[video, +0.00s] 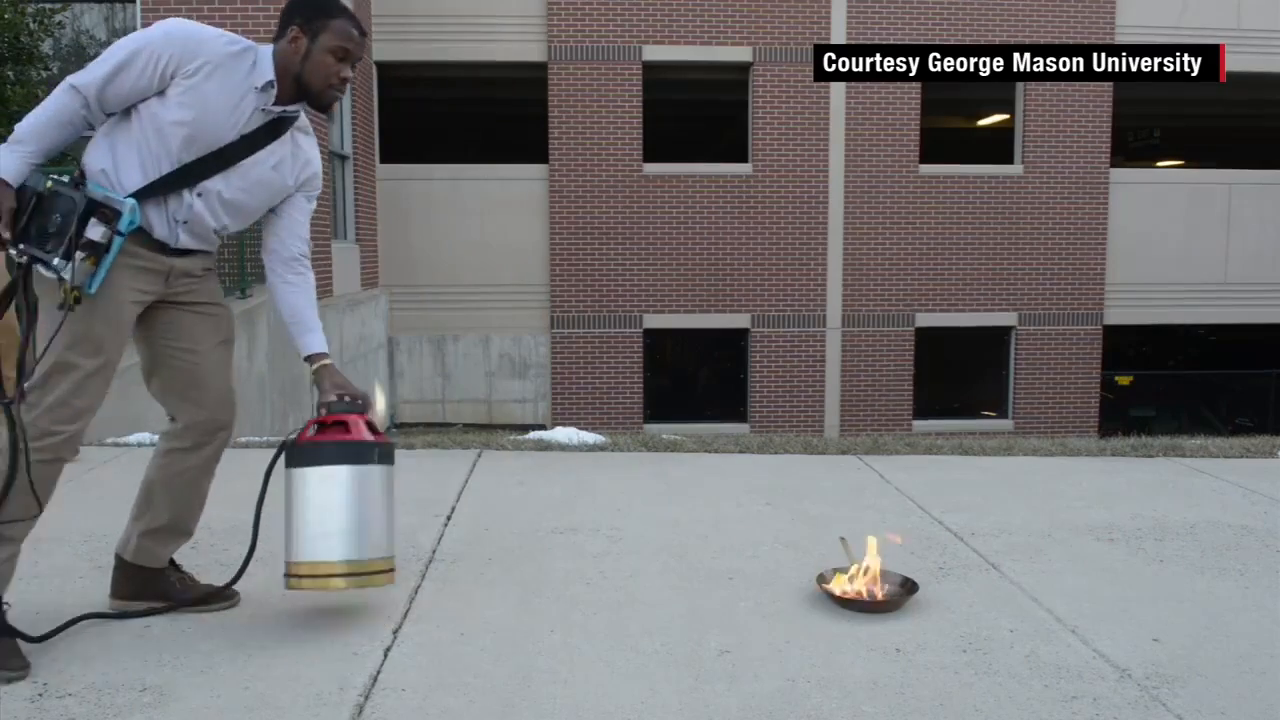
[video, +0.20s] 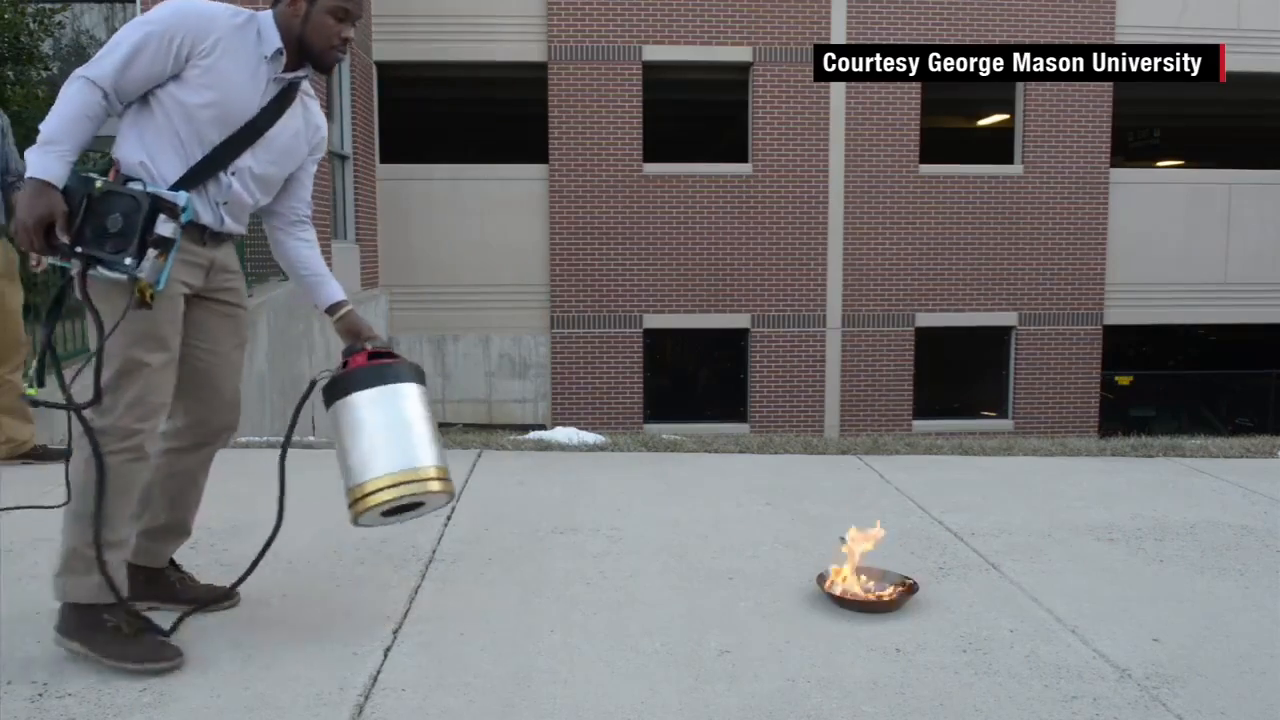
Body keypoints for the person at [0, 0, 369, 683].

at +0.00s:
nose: (349, 76)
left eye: (357, 65)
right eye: (341, 57)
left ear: (348, 68)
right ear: (293, 40)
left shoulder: (302, 163)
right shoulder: (189, 48)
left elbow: (289, 265)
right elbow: (82, 95)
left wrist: (322, 363)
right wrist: (9, 172)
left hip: (189, 271)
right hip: (104, 246)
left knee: (207, 416)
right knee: (50, 427)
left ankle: (144, 570)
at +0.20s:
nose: (350, 35)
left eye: (356, 23)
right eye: (340, 17)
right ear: (293, 6)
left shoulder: (307, 124)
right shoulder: (205, 26)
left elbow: (291, 227)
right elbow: (97, 83)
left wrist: (342, 311)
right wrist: (43, 176)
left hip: (215, 261)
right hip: (139, 241)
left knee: (207, 415)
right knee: (127, 418)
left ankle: (147, 566)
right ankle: (87, 601)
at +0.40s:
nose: (357, 10)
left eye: (359, 3)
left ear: (333, 8)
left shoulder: (322, 92)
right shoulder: (213, 16)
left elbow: (309, 199)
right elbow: (114, 93)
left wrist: (374, 275)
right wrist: (97, 195)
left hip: (252, 255)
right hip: (187, 246)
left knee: (216, 411)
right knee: (225, 418)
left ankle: (142, 562)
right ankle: (262, 598)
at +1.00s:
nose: (477, 0)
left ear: (457, 5)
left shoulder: (457, 74)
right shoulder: (343, 9)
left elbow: (463, 185)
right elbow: (273, 107)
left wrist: (523, 269)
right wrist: (281, 215)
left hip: (443, 249)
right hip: (372, 251)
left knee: (482, 398)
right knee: (372, 434)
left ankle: (512, 548)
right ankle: (337, 605)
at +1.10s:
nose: (507, 4)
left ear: (486, 6)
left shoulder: (485, 81)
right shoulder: (372, 10)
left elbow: (488, 191)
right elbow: (299, 107)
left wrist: (543, 277)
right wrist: (301, 211)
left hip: (464, 253)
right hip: (389, 251)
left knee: (503, 403)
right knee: (385, 434)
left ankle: (546, 547)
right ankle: (340, 602)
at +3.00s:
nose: (695, 69)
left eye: (703, 59)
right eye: (692, 50)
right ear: (654, 24)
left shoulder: (646, 135)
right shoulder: (563, 31)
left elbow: (629, 239)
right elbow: (475, 87)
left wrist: (646, 334)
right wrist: (416, 170)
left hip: (566, 254)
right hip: (493, 233)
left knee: (560, 406)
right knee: (468, 408)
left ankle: (555, 558)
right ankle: (433, 570)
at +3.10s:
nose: (701, 78)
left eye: (709, 67)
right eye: (698, 59)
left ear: (694, 61)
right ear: (659, 33)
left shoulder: (648, 145)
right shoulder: (569, 36)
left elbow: (630, 249)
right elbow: (478, 87)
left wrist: (648, 341)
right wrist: (414, 166)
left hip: (563, 255)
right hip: (491, 233)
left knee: (559, 412)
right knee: (466, 412)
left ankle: (554, 558)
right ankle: (427, 568)